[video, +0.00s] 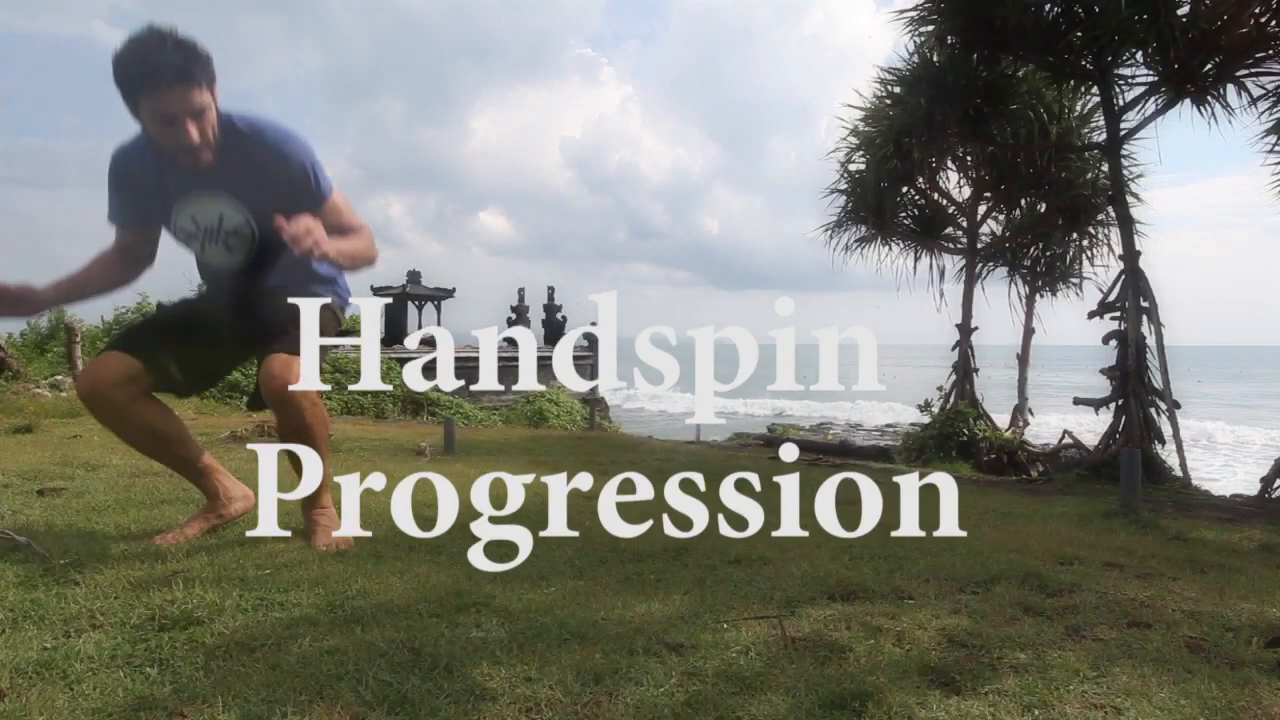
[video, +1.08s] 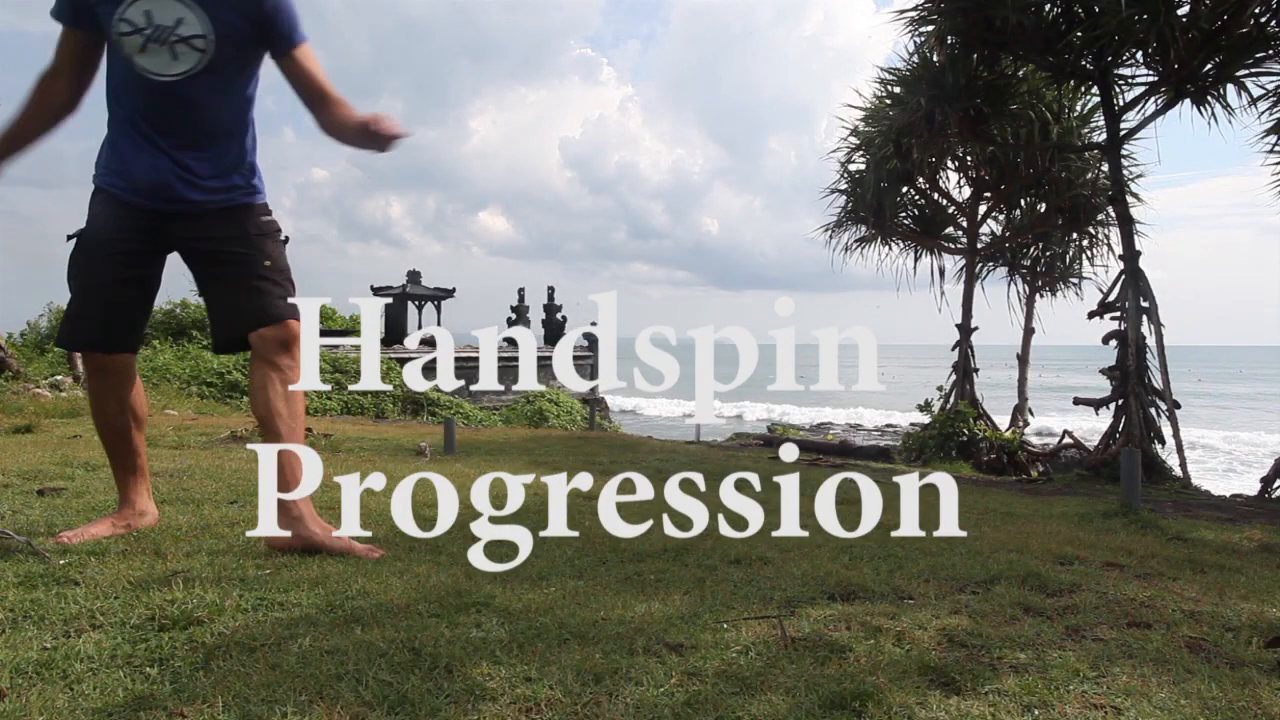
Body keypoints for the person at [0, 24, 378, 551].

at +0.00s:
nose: (192, 135)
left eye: (200, 114)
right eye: (169, 122)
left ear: (214, 92)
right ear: (139, 119)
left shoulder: (276, 149)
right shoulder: (136, 166)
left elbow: (364, 246)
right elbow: (132, 254)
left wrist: (326, 243)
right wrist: (43, 297)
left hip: (304, 297)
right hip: (226, 304)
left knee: (282, 377)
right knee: (103, 381)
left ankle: (320, 510)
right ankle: (226, 495)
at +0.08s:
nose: (185, 96)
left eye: (193, 76)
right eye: (164, 84)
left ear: (209, 56)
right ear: (134, 77)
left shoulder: (271, 117)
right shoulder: (135, 131)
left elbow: (361, 220)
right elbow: (135, 223)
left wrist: (319, 212)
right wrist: (44, 267)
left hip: (298, 265)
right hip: (222, 272)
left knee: (282, 371)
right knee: (109, 373)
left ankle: (320, 511)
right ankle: (226, 495)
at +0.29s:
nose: (141, 7)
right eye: (131, 2)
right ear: (124, 0)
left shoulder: (243, 18)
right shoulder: (115, 34)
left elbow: (331, 130)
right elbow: (140, 142)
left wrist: (254, 140)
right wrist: (52, 203)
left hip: (276, 215)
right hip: (197, 214)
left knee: (275, 355)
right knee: (111, 337)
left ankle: (320, 510)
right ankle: (146, 497)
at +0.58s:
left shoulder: (189, 4)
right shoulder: (69, 11)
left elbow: (257, 114)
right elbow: (107, 123)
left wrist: (165, 154)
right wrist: (69, 208)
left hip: (239, 195)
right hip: (158, 200)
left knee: (270, 332)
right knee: (101, 347)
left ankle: (328, 504)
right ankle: (137, 507)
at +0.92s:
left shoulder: (207, 6)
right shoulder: (74, 5)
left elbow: (270, 114)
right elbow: (101, 95)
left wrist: (232, 165)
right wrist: (90, 188)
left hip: (223, 206)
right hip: (127, 206)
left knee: (276, 348)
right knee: (91, 349)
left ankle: (322, 516)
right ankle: (136, 506)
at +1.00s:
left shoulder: (239, 6)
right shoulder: (84, 3)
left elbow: (297, 96)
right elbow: (84, 91)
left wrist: (308, 127)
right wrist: (39, 178)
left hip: (224, 186)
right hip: (127, 190)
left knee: (279, 337)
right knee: (96, 344)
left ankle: (304, 514)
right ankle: (136, 506)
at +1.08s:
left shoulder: (259, 5)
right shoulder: (100, 2)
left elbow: (321, 97)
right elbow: (64, 80)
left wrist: (358, 127)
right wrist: (4, 146)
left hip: (227, 188)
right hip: (129, 188)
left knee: (278, 333)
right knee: (104, 347)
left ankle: (293, 510)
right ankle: (135, 505)